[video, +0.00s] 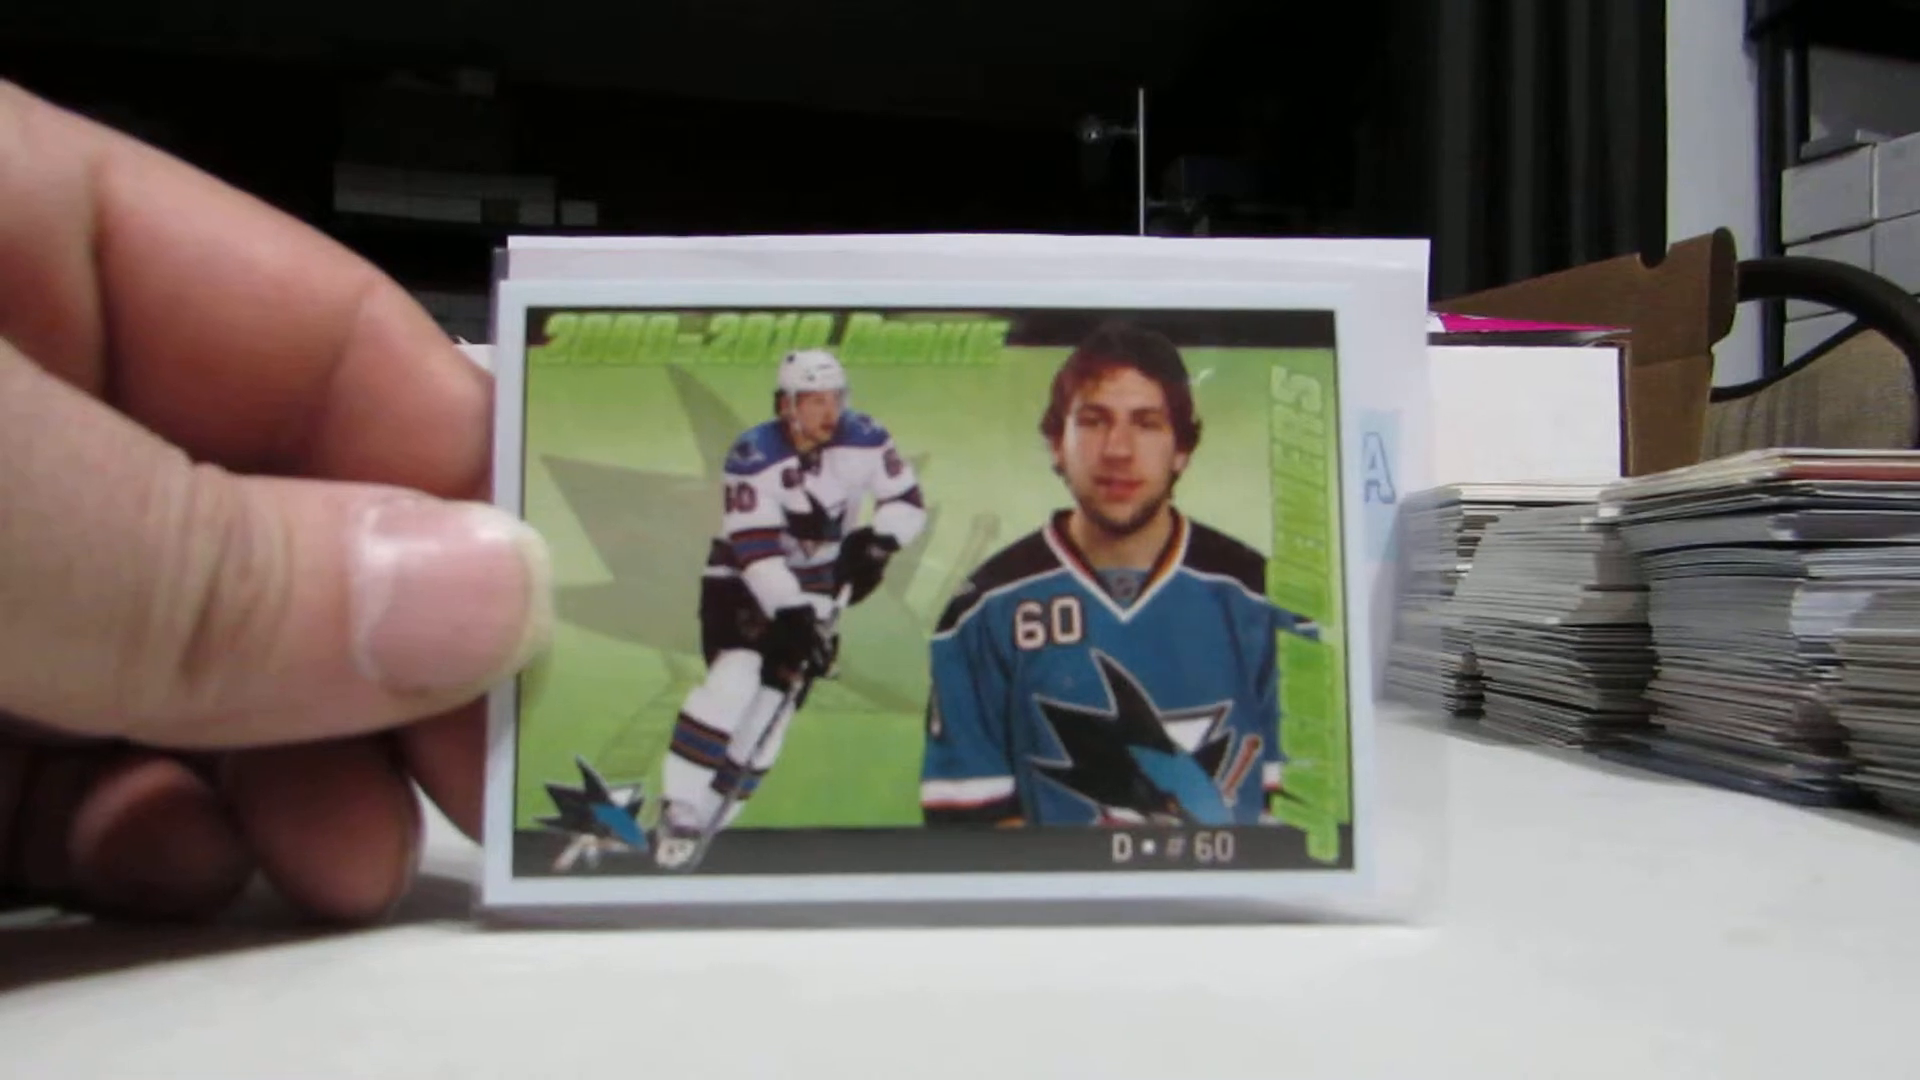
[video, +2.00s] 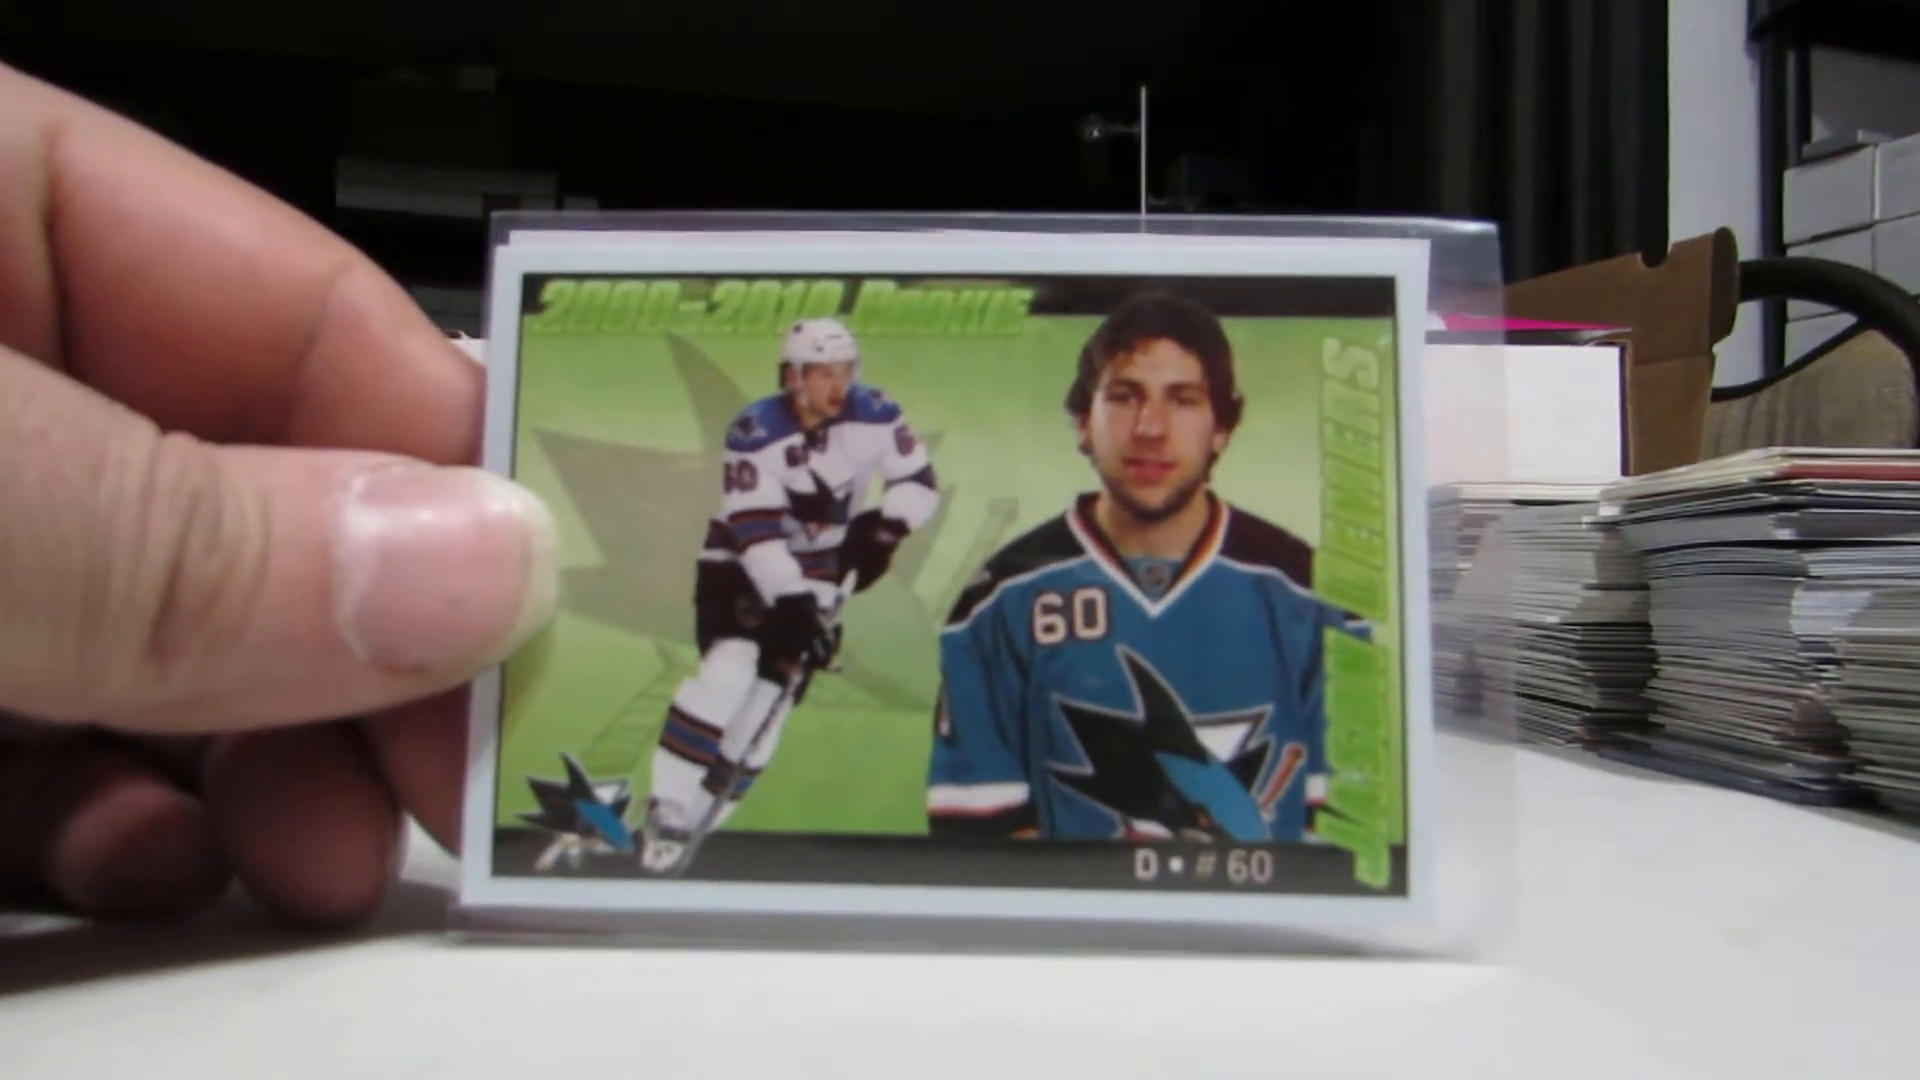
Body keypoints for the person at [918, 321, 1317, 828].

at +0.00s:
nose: (1117, 448)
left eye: (1146, 423)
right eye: (1093, 421)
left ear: (1181, 450)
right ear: (1057, 444)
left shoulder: (1259, 592)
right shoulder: (988, 608)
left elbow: (1296, 803)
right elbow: (970, 823)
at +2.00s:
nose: (1150, 426)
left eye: (1182, 400)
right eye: (1124, 397)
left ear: (1220, 430)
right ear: (1084, 424)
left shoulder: (1308, 588)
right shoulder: (1003, 599)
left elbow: (1345, 828)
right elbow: (977, 843)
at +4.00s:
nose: (1175, 408)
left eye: (1211, 377)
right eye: (1145, 374)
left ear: (1254, 411)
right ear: (1101, 404)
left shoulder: (1351, 586)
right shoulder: (1015, 601)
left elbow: (1396, 853)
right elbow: (988, 876)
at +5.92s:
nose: (1176, 410)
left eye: (1212, 380)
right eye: (1147, 376)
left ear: (1255, 413)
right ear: (1103, 407)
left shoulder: (1354, 588)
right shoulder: (1017, 604)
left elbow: (1399, 852)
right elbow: (991, 876)